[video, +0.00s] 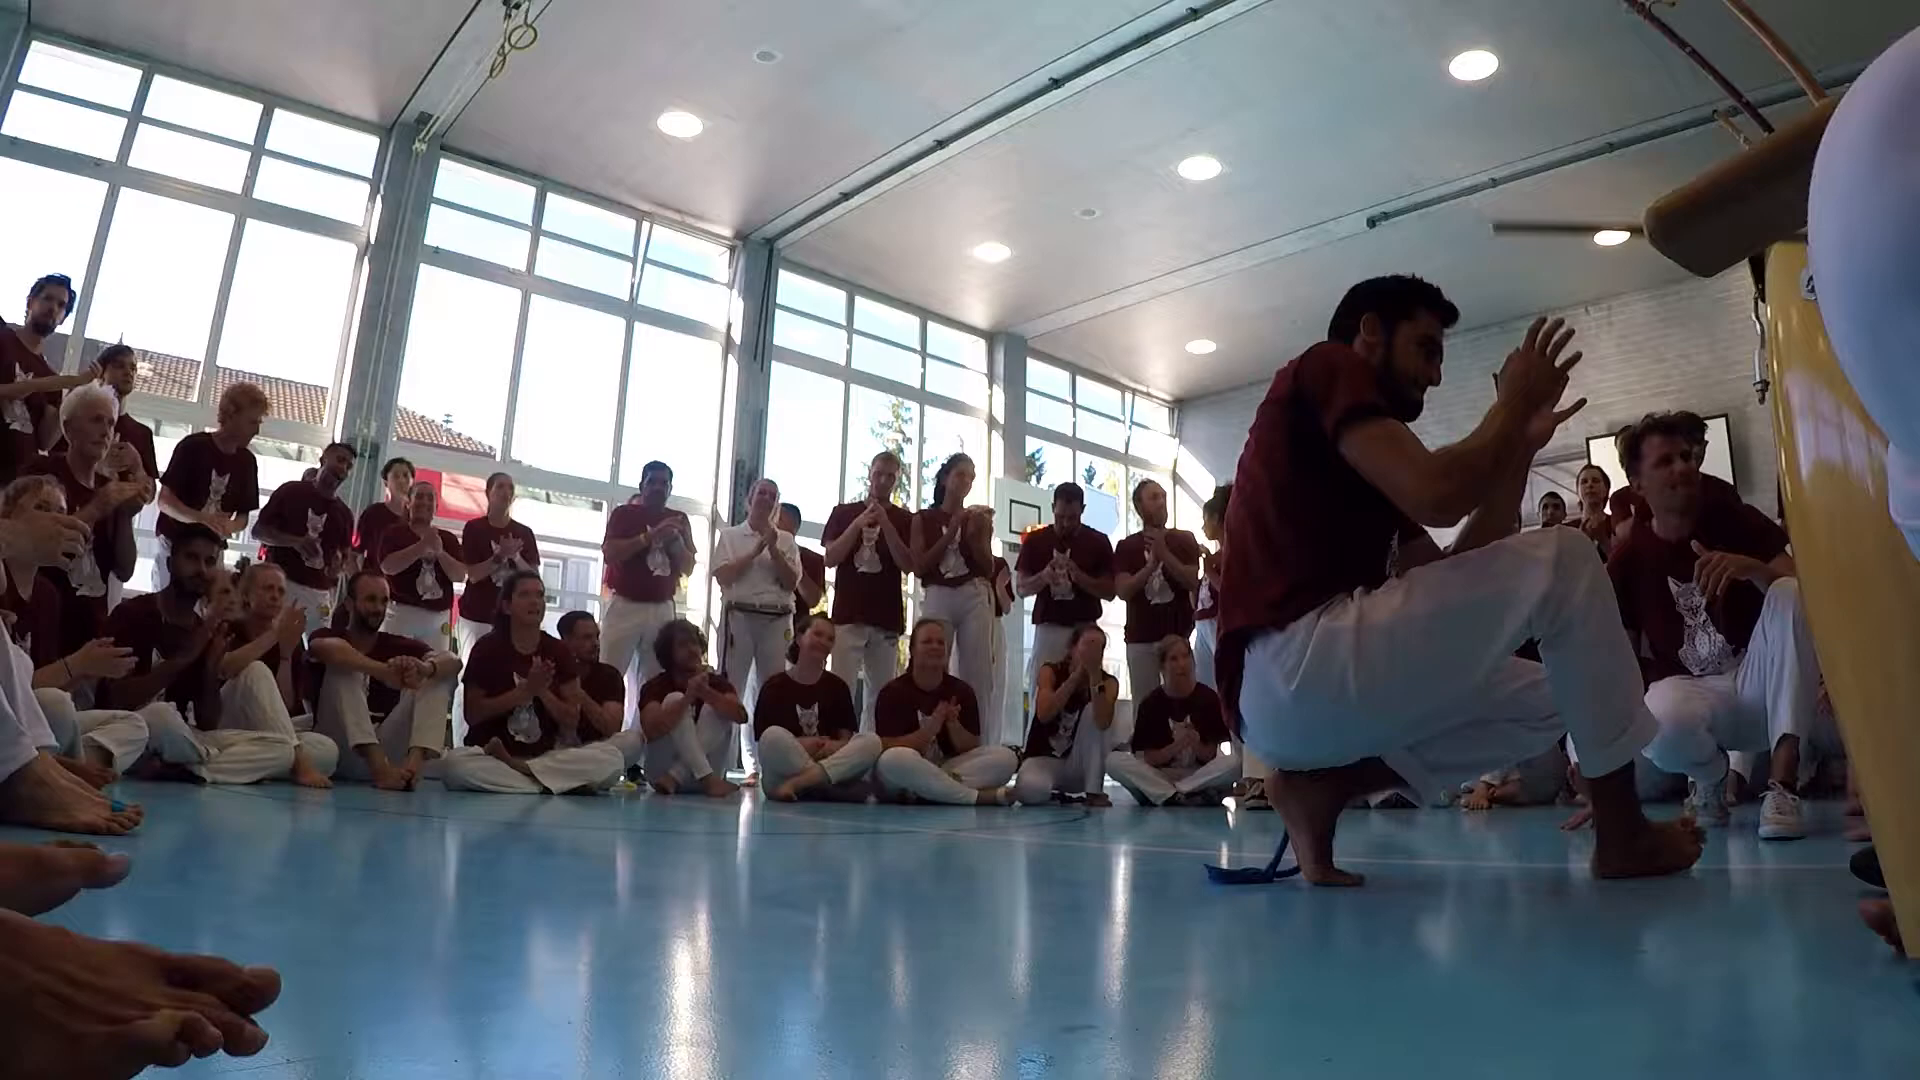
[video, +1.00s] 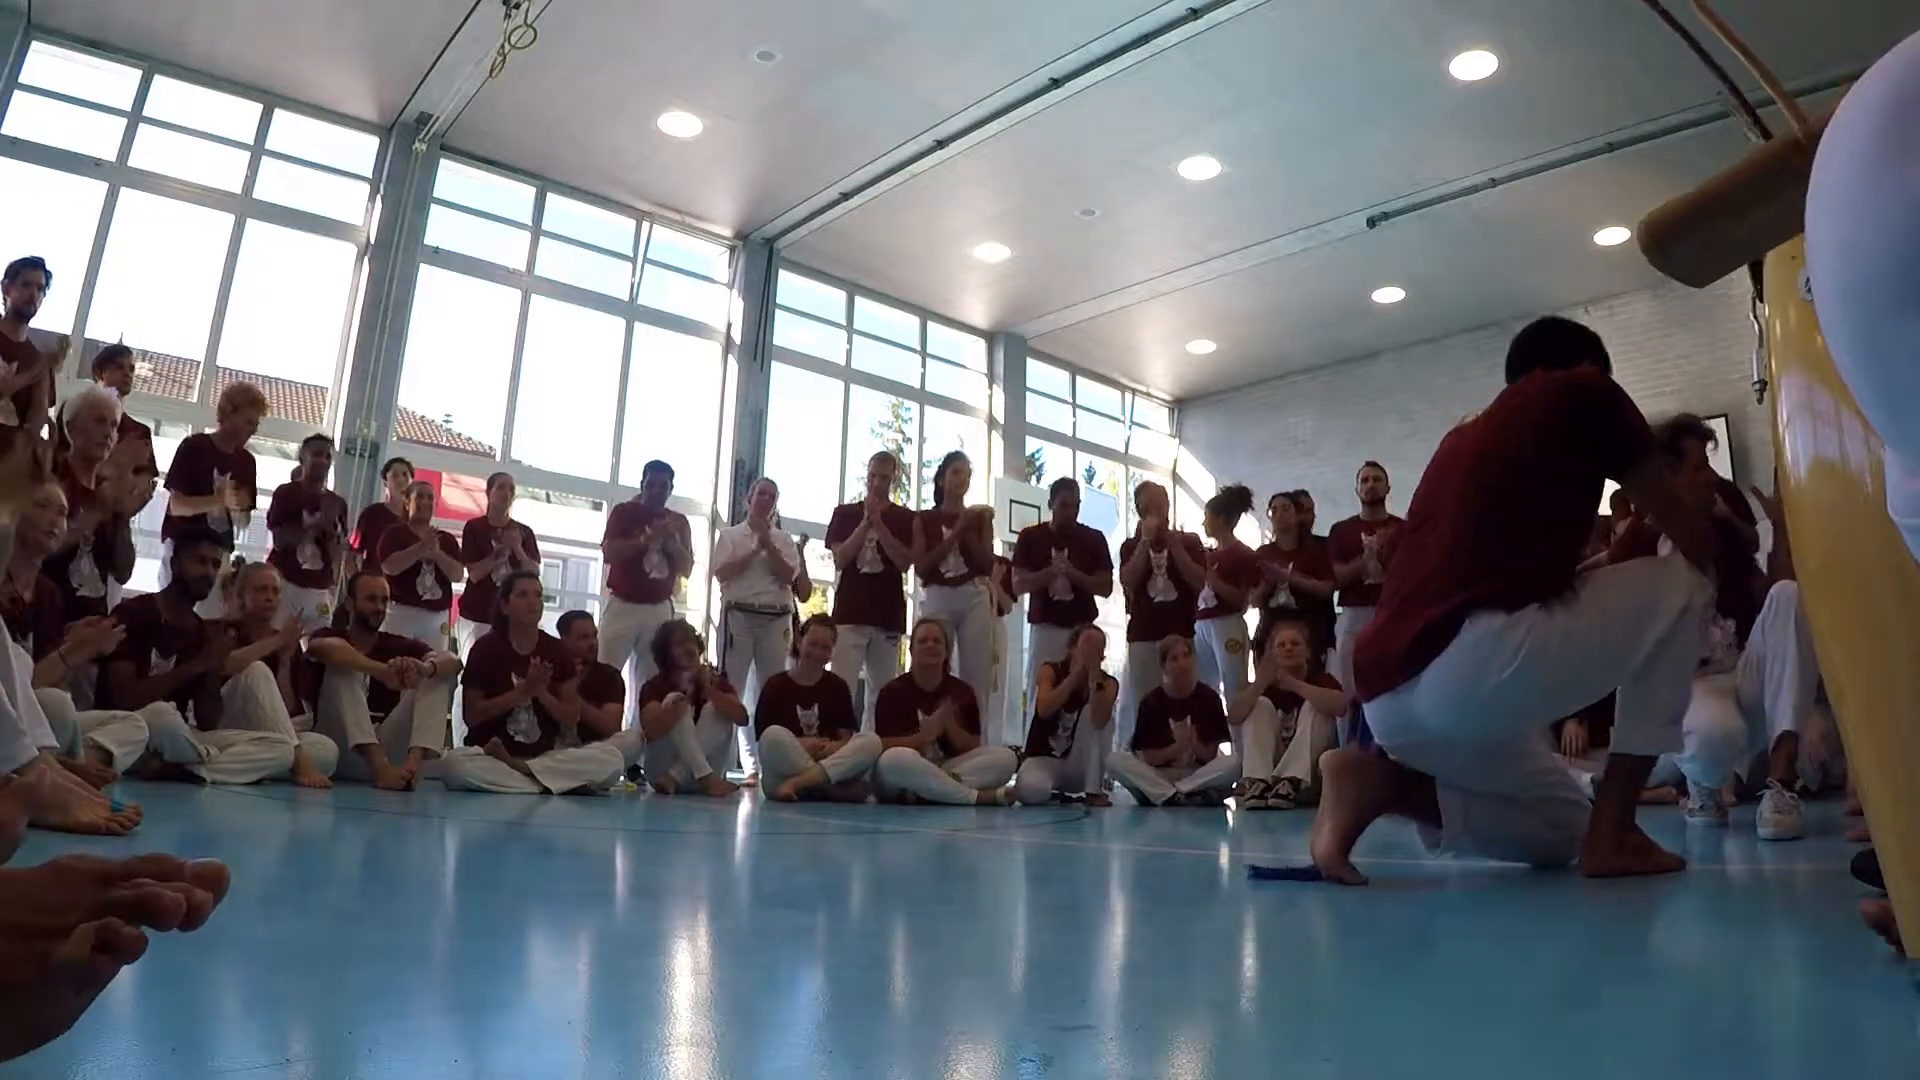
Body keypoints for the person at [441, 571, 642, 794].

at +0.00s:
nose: (535, 602)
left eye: (540, 596)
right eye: (525, 596)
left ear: (546, 603)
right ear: (506, 605)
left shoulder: (559, 649)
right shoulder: (486, 648)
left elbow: (572, 719)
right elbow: (473, 713)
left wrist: (541, 691)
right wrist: (526, 692)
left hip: (547, 756)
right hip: (490, 755)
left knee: (612, 759)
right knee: (454, 766)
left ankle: (523, 766)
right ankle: (549, 786)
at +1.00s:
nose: (533, 602)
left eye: (538, 596)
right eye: (523, 596)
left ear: (544, 603)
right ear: (504, 605)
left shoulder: (558, 649)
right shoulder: (484, 648)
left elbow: (571, 718)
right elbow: (471, 715)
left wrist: (539, 692)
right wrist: (523, 691)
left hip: (547, 756)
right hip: (490, 755)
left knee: (612, 759)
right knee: (454, 765)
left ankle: (523, 767)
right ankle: (550, 786)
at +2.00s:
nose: (531, 601)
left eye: (536, 595)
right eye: (521, 595)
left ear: (542, 602)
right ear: (503, 604)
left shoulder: (558, 648)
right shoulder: (483, 647)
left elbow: (572, 717)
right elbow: (470, 714)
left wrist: (541, 689)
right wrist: (522, 689)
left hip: (546, 756)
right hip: (491, 756)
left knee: (612, 759)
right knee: (455, 765)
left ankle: (523, 766)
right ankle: (549, 786)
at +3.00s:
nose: (531, 601)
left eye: (536, 595)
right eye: (522, 594)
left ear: (542, 602)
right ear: (502, 604)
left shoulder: (558, 649)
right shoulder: (483, 647)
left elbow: (571, 718)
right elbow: (470, 714)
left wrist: (540, 690)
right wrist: (522, 689)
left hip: (546, 756)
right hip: (490, 755)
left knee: (611, 759)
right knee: (455, 766)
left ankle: (523, 766)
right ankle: (549, 785)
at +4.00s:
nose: (531, 601)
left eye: (536, 595)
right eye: (521, 594)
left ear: (542, 601)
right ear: (502, 604)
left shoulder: (556, 649)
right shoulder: (483, 647)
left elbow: (570, 716)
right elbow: (470, 715)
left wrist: (539, 689)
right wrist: (521, 690)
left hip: (546, 756)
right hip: (489, 755)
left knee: (612, 759)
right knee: (455, 766)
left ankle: (524, 766)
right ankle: (549, 786)